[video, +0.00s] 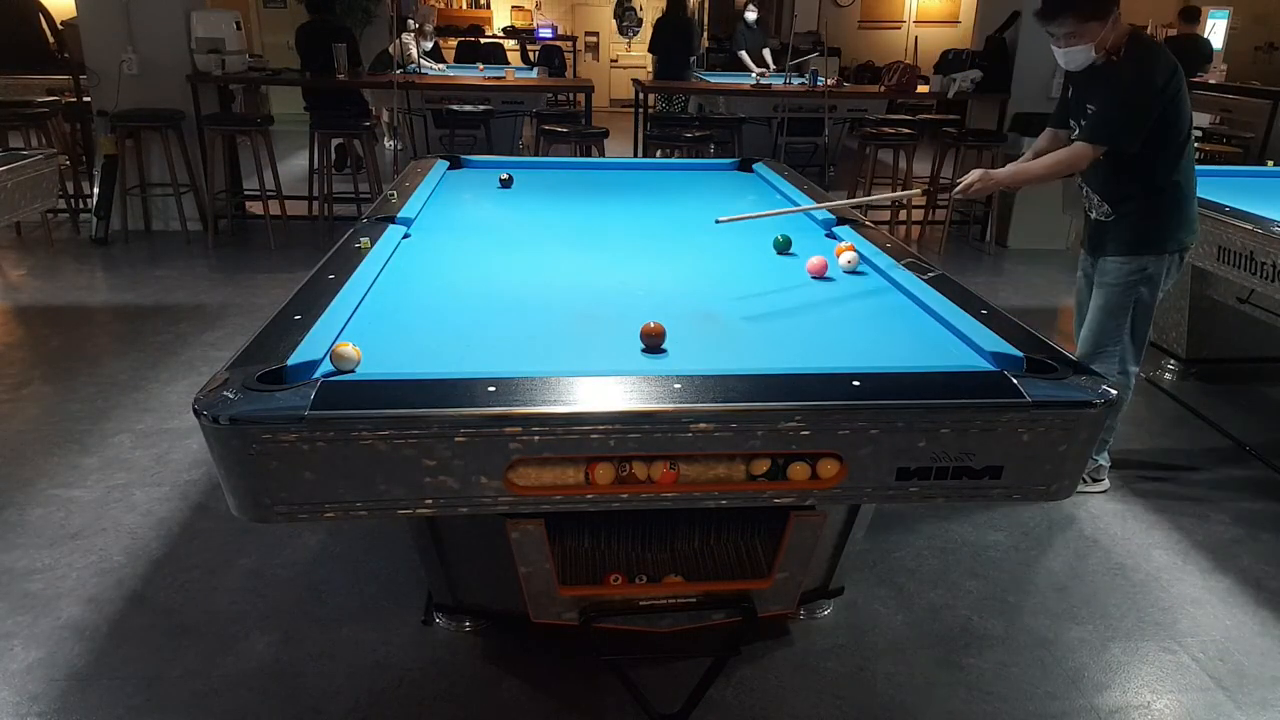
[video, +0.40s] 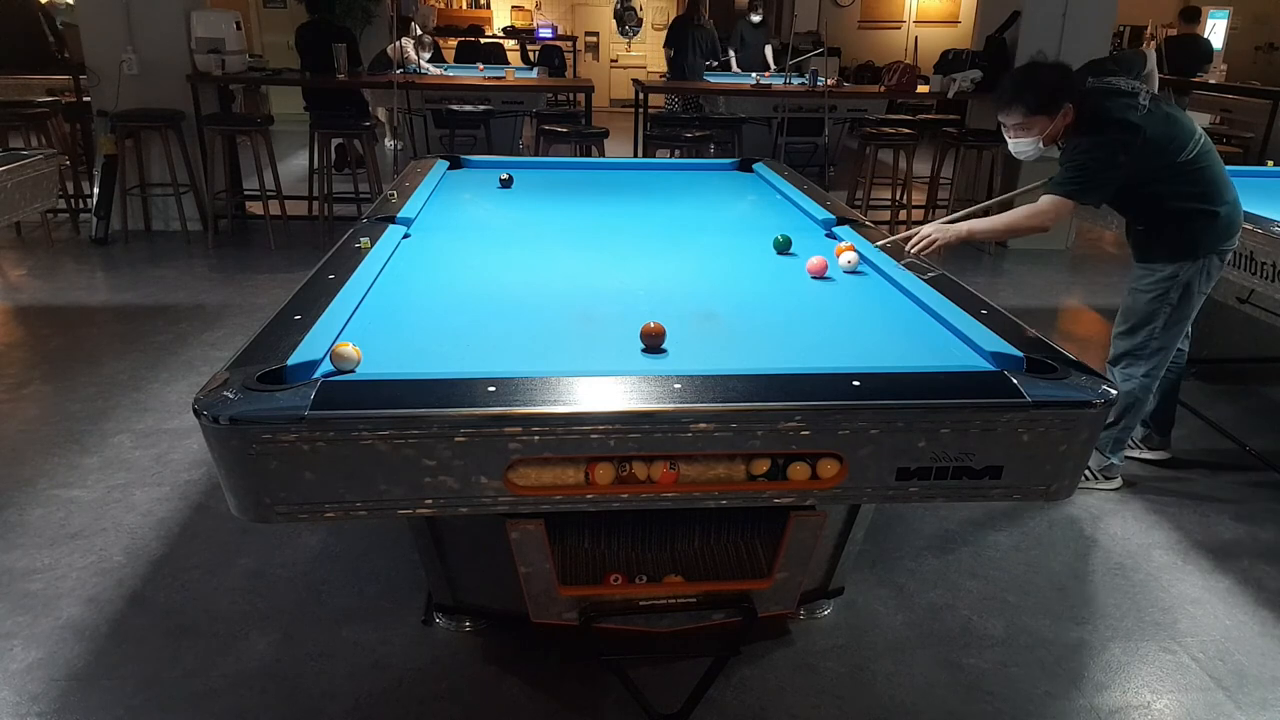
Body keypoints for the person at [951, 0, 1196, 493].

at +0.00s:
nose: (1064, 48)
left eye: (1074, 37)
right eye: (1056, 37)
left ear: (1109, 18)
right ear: (1048, 27)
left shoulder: (1145, 66)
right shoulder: (1088, 62)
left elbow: (1085, 154)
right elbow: (1057, 135)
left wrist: (997, 179)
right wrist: (1009, 176)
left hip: (1147, 235)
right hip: (1105, 226)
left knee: (1104, 353)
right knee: (1089, 345)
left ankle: (1091, 461)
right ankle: (1078, 454)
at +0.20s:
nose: (1028, 105)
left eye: (1037, 93)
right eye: (1020, 93)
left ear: (1073, 76)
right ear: (1073, 72)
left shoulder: (1114, 106)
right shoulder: (1100, 79)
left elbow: (1065, 204)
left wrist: (975, 217)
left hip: (1168, 235)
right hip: (1149, 226)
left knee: (1114, 355)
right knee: (1130, 342)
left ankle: (1099, 461)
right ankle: (1141, 438)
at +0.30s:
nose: (1019, 130)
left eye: (1029, 120)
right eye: (1013, 119)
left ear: (1069, 107)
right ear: (1072, 100)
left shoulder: (1105, 130)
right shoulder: (1099, 89)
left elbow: (1051, 214)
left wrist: (961, 231)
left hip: (1182, 235)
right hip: (1199, 220)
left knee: (1132, 351)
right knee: (1161, 339)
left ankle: (1100, 459)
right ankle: (1154, 432)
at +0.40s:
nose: (1026, 138)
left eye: (1031, 129)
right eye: (1018, 130)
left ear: (1063, 114)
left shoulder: (1100, 135)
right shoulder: (1096, 93)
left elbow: (1046, 215)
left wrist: (956, 230)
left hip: (1188, 233)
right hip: (1208, 217)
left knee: (1134, 349)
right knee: (1168, 339)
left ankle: (1102, 459)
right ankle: (1154, 433)